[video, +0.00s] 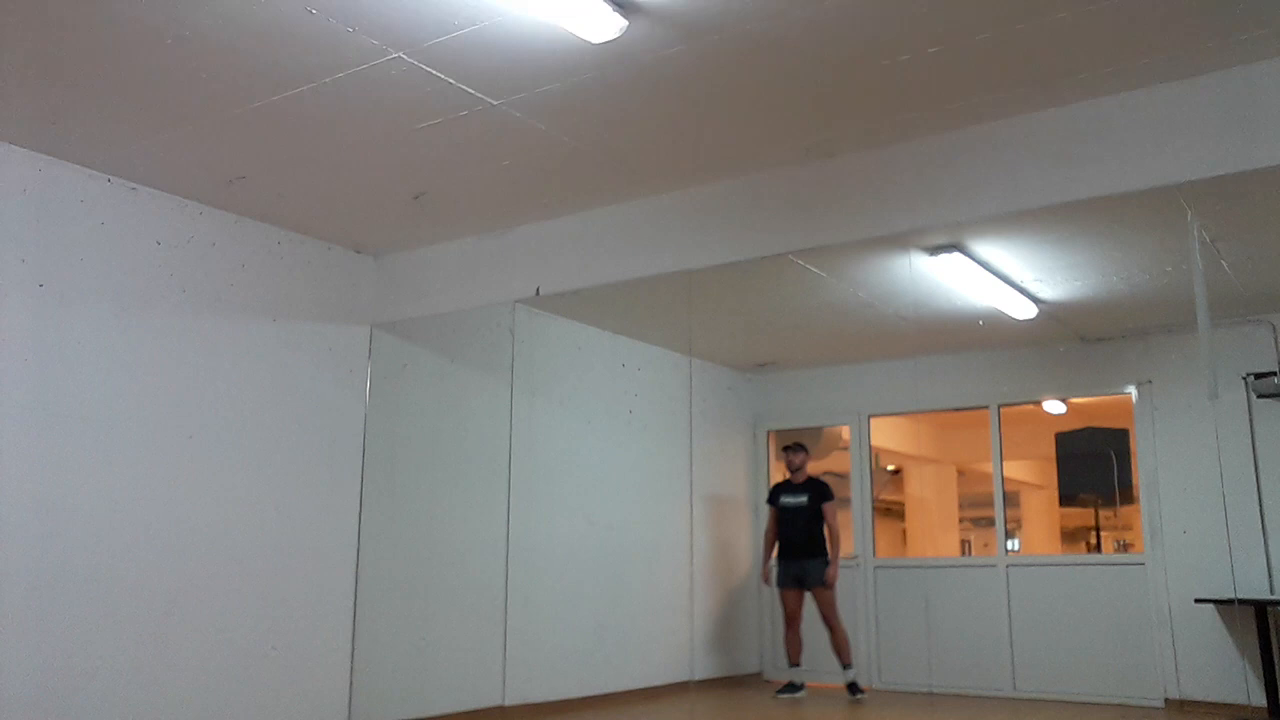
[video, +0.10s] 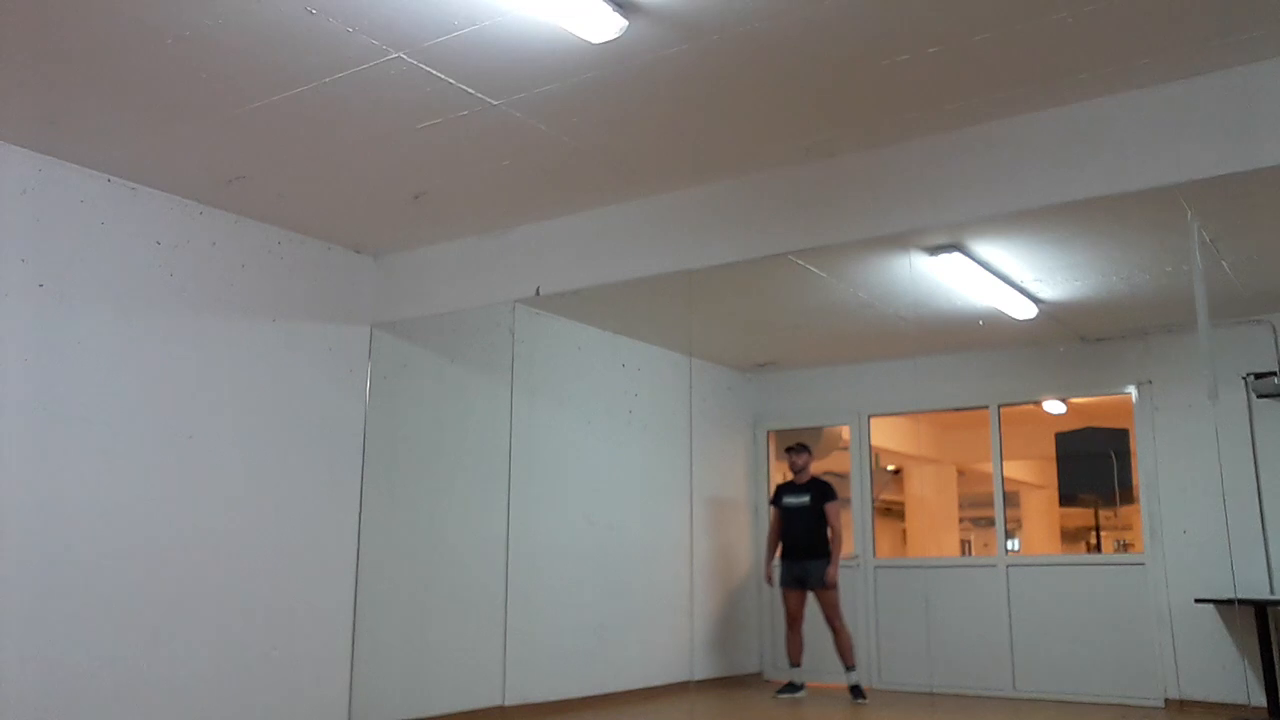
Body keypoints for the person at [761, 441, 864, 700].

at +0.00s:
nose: (791, 458)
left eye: (796, 453)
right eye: (788, 454)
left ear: (806, 457)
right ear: (784, 459)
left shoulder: (820, 488)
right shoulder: (778, 491)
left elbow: (832, 526)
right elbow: (772, 528)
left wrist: (834, 562)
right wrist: (766, 562)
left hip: (816, 562)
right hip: (788, 563)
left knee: (831, 620)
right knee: (791, 621)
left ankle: (850, 677)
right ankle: (796, 679)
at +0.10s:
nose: (794, 460)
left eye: (799, 455)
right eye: (791, 456)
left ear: (809, 458)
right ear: (787, 460)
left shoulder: (823, 489)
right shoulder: (782, 491)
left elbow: (836, 529)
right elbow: (776, 528)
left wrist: (834, 564)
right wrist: (769, 562)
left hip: (819, 562)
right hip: (791, 564)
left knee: (835, 621)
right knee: (793, 621)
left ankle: (853, 680)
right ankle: (796, 679)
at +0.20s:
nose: (798, 461)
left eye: (803, 456)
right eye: (795, 457)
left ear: (814, 459)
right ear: (792, 462)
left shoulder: (828, 488)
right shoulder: (786, 493)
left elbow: (839, 528)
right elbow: (781, 531)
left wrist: (836, 563)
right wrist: (773, 563)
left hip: (823, 563)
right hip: (795, 564)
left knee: (837, 622)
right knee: (795, 621)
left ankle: (853, 681)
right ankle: (796, 680)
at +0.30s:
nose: (802, 460)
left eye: (807, 455)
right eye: (799, 457)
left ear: (817, 458)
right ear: (796, 461)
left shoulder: (832, 488)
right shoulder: (791, 492)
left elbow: (843, 528)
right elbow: (785, 530)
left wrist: (839, 562)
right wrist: (777, 562)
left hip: (827, 563)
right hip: (799, 564)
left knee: (840, 621)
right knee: (797, 621)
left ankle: (854, 681)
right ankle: (797, 680)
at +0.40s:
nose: (807, 460)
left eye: (812, 455)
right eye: (803, 456)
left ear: (821, 458)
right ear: (800, 461)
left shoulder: (835, 488)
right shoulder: (794, 492)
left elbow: (846, 528)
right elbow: (788, 530)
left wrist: (843, 563)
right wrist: (782, 563)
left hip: (830, 563)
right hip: (802, 564)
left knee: (843, 622)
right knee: (799, 621)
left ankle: (855, 682)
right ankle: (796, 680)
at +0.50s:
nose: (809, 460)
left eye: (814, 455)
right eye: (806, 456)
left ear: (824, 459)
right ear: (802, 461)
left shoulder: (837, 489)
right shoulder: (796, 492)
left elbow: (848, 527)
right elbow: (790, 529)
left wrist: (848, 563)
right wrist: (785, 562)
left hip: (832, 563)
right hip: (803, 564)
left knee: (844, 622)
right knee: (800, 621)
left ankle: (855, 682)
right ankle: (797, 680)